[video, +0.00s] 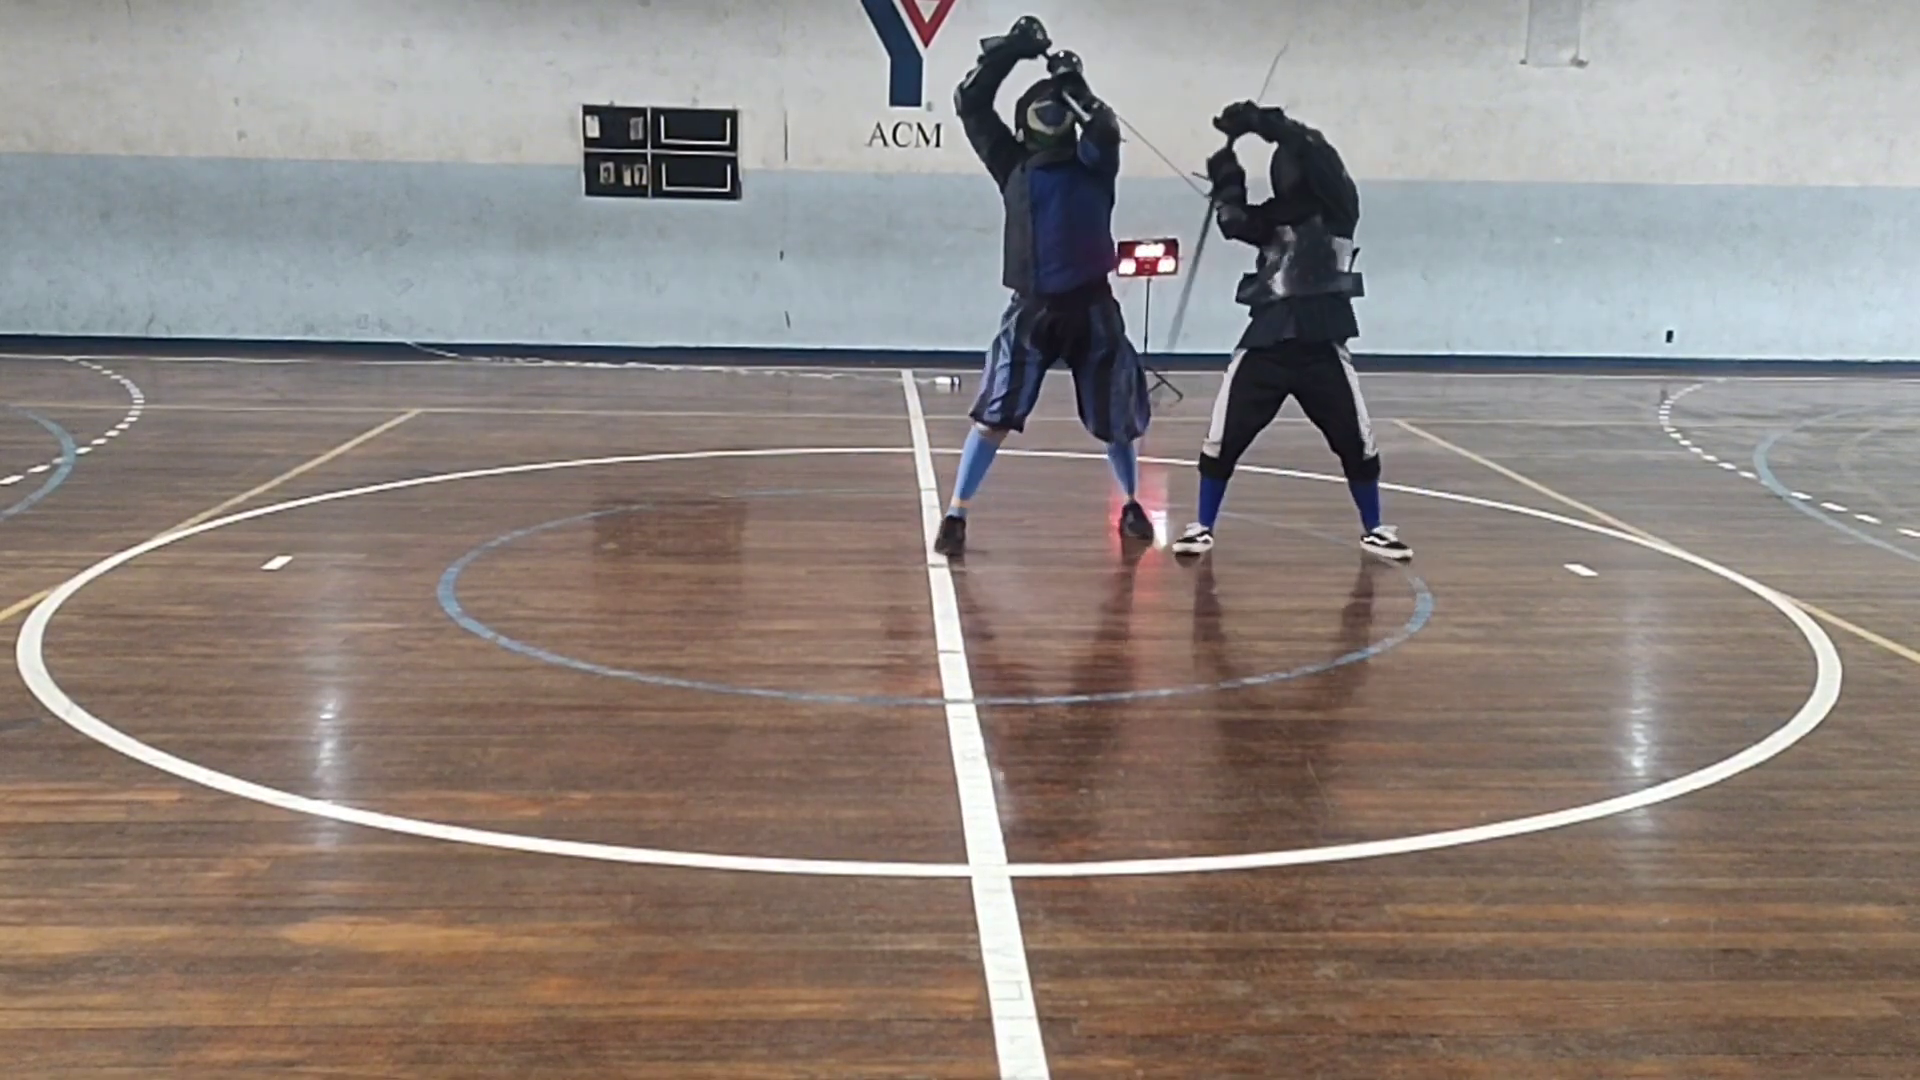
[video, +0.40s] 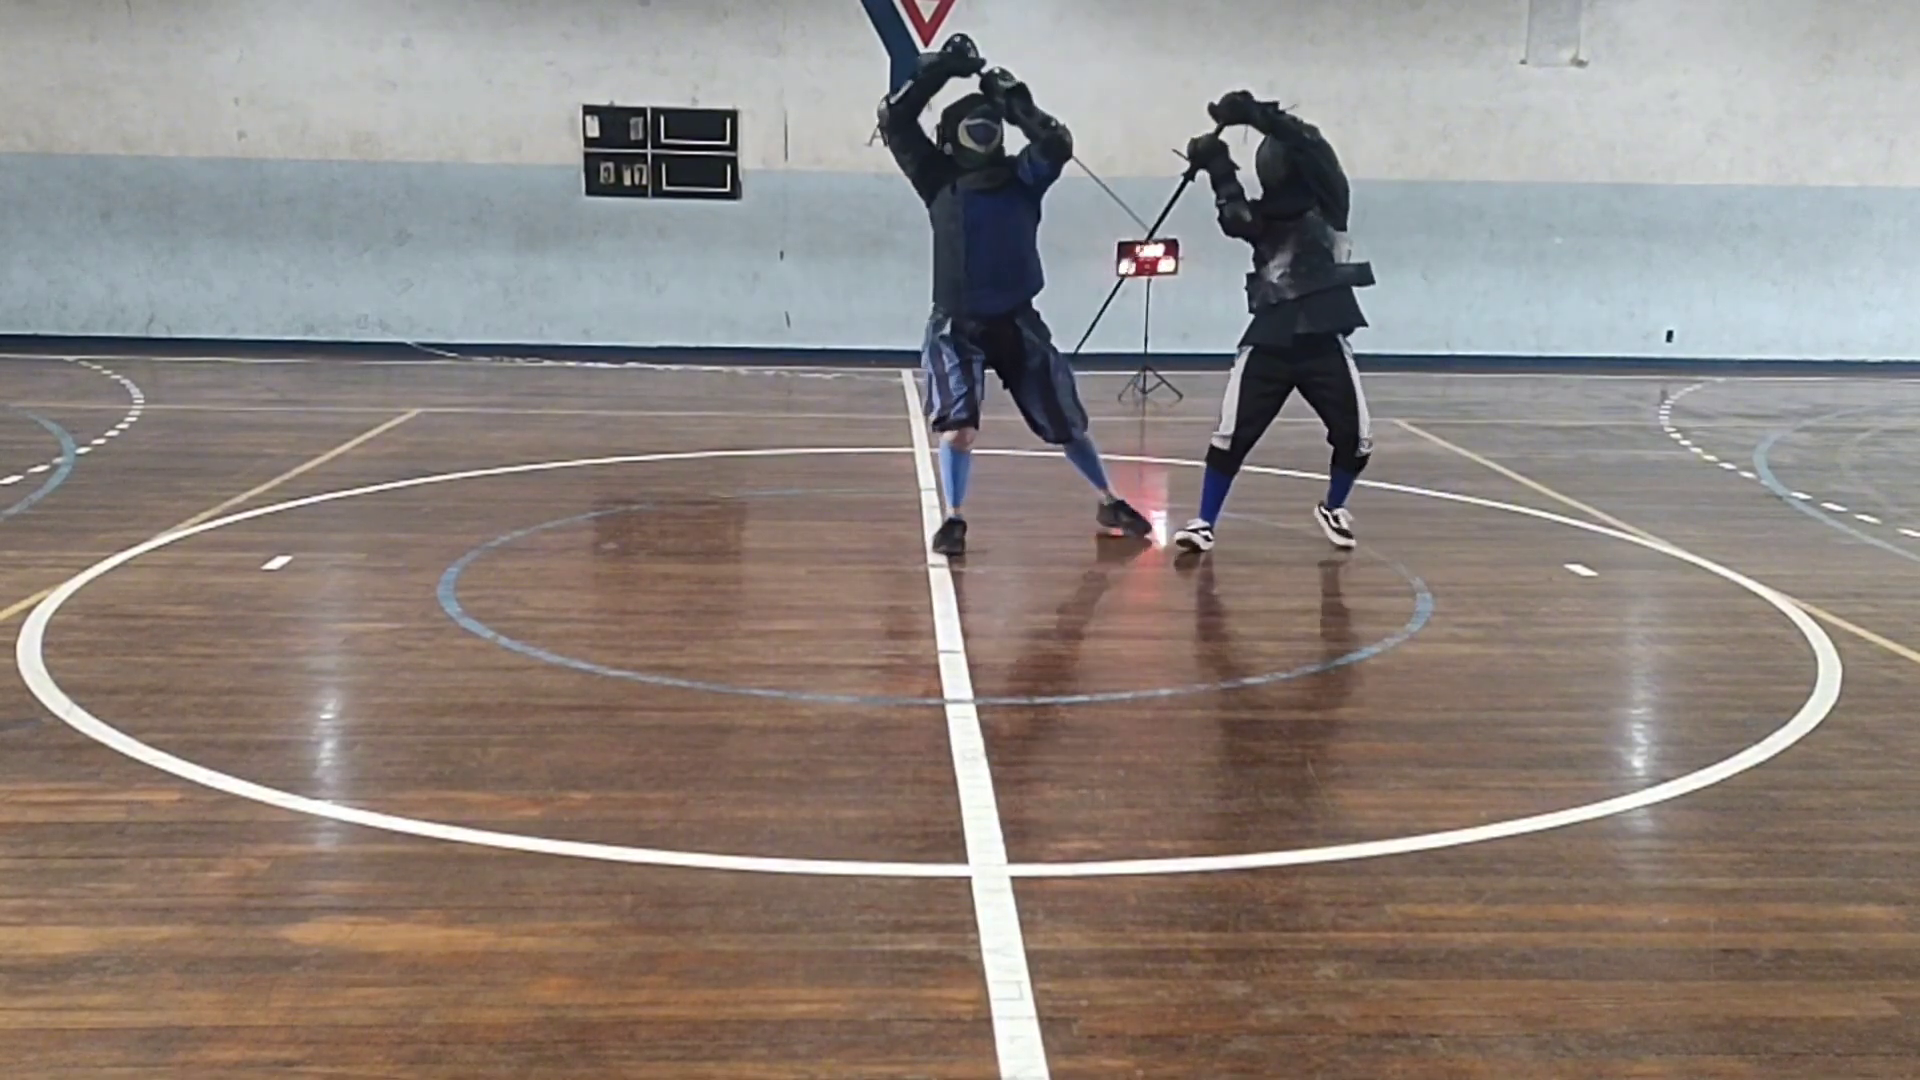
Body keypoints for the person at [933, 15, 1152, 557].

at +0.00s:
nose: (1051, 119)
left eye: (1058, 111)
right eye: (1040, 112)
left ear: (1073, 118)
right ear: (1024, 123)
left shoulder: (1096, 163)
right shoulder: (1012, 165)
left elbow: (1107, 131)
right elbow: (971, 102)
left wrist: (1079, 90)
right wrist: (1012, 47)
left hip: (1093, 309)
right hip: (1030, 310)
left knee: (1118, 418)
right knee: (994, 416)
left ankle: (1132, 508)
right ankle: (955, 515)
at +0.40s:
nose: (984, 137)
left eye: (990, 129)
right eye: (973, 130)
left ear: (1001, 133)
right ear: (952, 138)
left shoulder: (1022, 179)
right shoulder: (939, 183)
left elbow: (1056, 145)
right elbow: (896, 120)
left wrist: (1018, 106)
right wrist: (942, 67)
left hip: (1017, 321)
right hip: (955, 325)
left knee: (1063, 421)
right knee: (959, 426)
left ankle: (1109, 502)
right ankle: (953, 522)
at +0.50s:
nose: (968, 132)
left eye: (974, 124)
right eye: (955, 125)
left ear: (980, 130)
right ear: (931, 133)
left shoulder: (1001, 175)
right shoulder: (914, 177)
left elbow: (1042, 148)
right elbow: (874, 114)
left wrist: (998, 104)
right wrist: (924, 67)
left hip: (993, 319)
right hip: (934, 322)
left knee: (1031, 419)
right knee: (950, 427)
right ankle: (952, 519)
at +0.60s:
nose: (944, 135)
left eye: (949, 126)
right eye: (932, 126)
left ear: (957, 129)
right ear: (906, 133)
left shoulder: (977, 172)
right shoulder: (892, 177)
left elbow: (1024, 153)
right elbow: (852, 117)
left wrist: (978, 106)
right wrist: (902, 75)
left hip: (972, 317)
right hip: (918, 319)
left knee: (972, 427)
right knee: (945, 421)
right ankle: (950, 520)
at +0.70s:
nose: (924, 126)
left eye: (928, 119)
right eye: (914, 120)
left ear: (935, 122)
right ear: (889, 125)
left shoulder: (951, 167)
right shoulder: (869, 170)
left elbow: (1000, 178)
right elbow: (831, 126)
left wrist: (959, 117)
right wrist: (883, 93)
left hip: (949, 314)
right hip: (900, 315)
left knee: (941, 423)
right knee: (934, 420)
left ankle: (869, 473)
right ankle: (951, 523)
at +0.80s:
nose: (900, 124)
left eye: (903, 115)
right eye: (890, 115)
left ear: (907, 121)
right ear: (864, 121)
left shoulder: (921, 163)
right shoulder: (847, 168)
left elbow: (974, 212)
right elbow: (816, 150)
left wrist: (943, 156)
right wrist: (888, 129)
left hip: (920, 305)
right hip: (875, 306)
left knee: (899, 415)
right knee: (916, 413)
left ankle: (837, 488)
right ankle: (945, 517)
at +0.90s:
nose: (882, 117)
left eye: (883, 109)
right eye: (873, 108)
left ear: (882, 115)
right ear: (845, 114)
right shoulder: (823, 167)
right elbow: (813, 194)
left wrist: (927, 202)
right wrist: (881, 184)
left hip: (893, 303)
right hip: (849, 304)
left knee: (880, 410)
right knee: (889, 409)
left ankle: (830, 496)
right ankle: (917, 517)